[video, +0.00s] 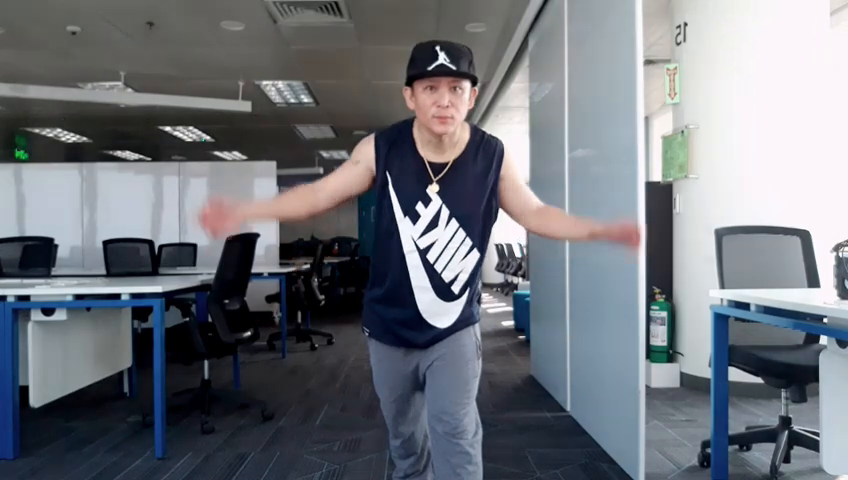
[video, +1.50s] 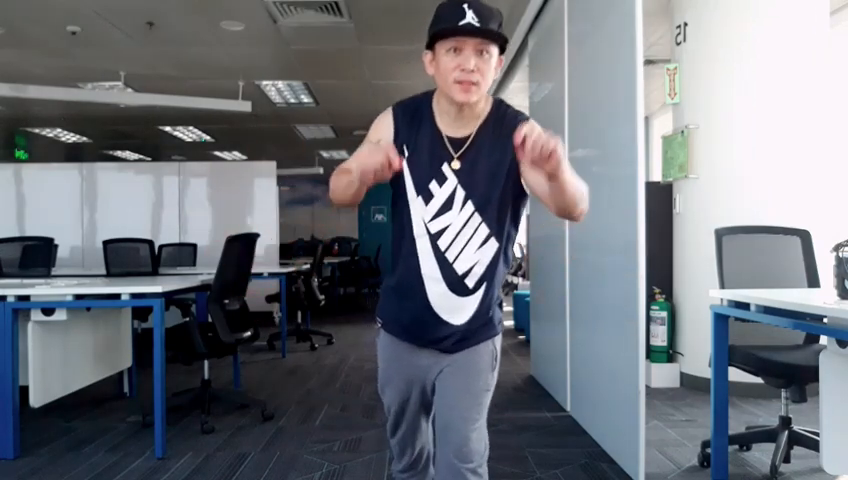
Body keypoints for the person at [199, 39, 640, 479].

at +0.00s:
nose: (444, 101)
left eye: (455, 90)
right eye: (432, 90)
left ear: (472, 97)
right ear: (409, 96)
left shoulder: (490, 155)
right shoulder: (379, 151)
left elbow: (534, 215)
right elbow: (314, 198)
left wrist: (598, 230)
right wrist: (246, 212)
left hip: (454, 328)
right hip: (390, 327)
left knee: (454, 434)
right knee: (401, 428)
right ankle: (406, 472)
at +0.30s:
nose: (444, 96)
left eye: (455, 86)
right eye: (432, 84)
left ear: (470, 93)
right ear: (411, 88)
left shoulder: (483, 136)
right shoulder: (383, 129)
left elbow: (480, 191)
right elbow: (355, 186)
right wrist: (383, 180)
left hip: (452, 322)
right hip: (387, 320)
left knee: (455, 440)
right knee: (401, 436)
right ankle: (409, 470)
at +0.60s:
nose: (430, 96)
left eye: (442, 85)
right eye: (419, 84)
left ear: (458, 93)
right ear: (399, 90)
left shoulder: (475, 145)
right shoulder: (373, 143)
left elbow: (505, 201)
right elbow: (331, 203)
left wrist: (533, 242)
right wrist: (281, 247)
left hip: (446, 323)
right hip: (384, 322)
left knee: (448, 431)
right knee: (398, 427)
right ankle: (407, 470)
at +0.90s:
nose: (433, 106)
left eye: (445, 95)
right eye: (421, 92)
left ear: (461, 102)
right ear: (399, 98)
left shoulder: (477, 153)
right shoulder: (372, 147)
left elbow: (505, 210)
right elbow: (356, 195)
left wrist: (530, 257)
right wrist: (336, 227)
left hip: (446, 325)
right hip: (383, 324)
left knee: (444, 430)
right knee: (395, 423)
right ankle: (405, 470)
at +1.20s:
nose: (450, 90)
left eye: (463, 78)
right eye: (438, 76)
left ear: (479, 88)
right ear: (414, 85)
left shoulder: (499, 151)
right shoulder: (382, 142)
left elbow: (553, 217)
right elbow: (330, 197)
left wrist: (612, 280)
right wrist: (267, 245)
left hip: (458, 329)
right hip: (392, 325)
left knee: (453, 450)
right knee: (400, 433)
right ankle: (406, 472)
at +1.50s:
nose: (469, 63)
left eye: (482, 52)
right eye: (455, 50)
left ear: (498, 65)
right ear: (430, 61)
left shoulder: (518, 132)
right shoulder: (397, 121)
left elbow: (574, 211)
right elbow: (338, 195)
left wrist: (557, 173)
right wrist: (361, 171)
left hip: (473, 332)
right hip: (403, 327)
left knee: (462, 460)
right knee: (406, 456)